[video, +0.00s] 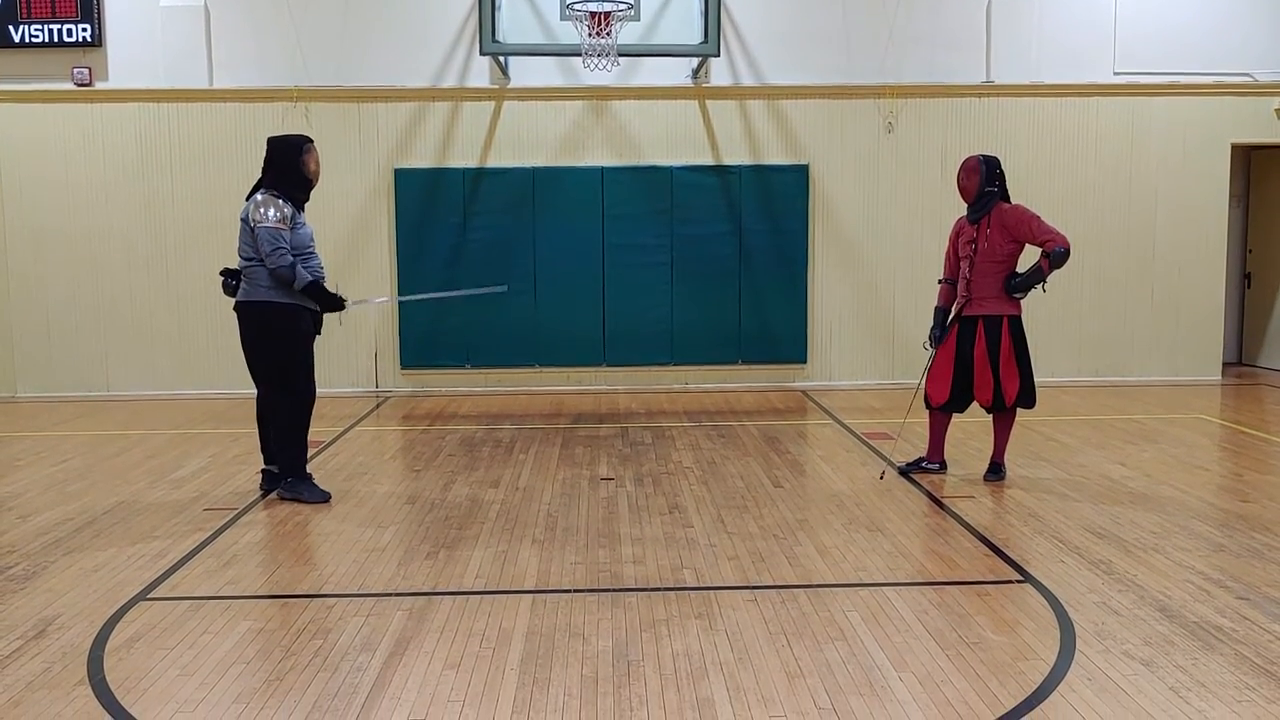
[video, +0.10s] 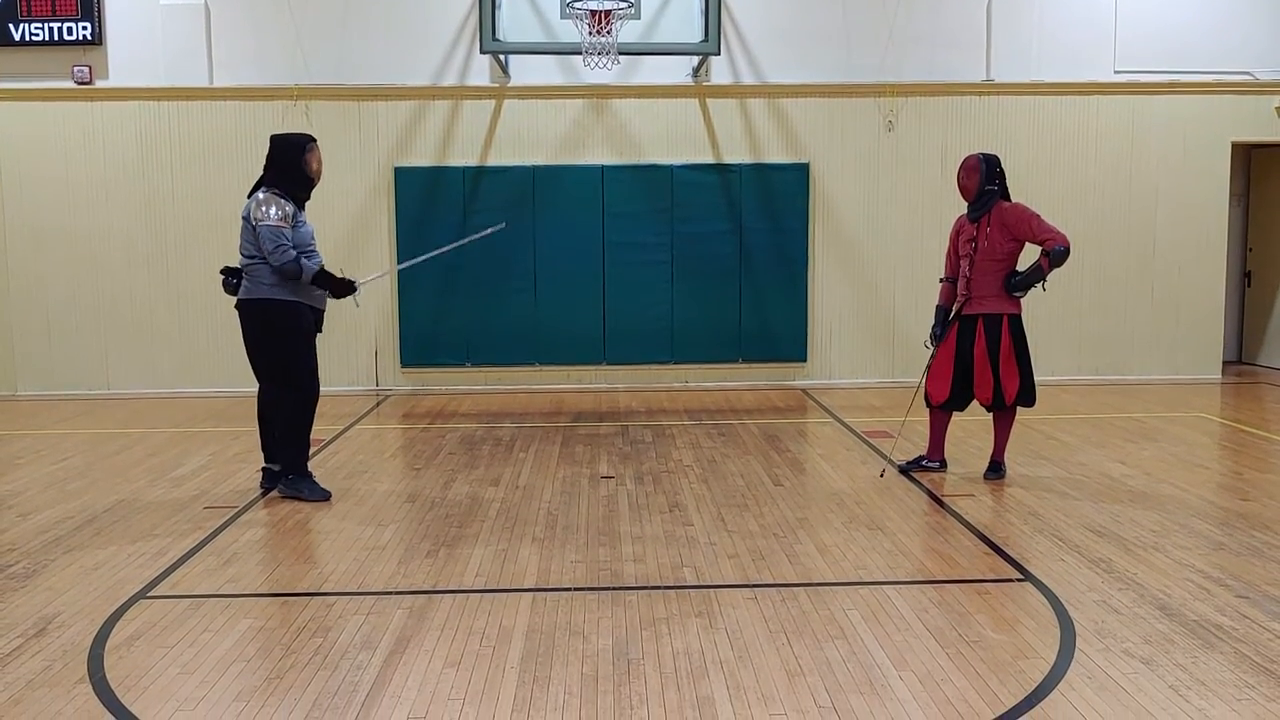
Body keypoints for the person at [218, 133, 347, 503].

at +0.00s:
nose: (318, 168)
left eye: (317, 160)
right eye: (313, 160)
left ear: (290, 162)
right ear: (294, 161)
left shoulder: (282, 202)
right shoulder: (268, 202)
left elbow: (292, 260)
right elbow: (279, 263)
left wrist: (318, 291)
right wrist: (318, 292)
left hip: (280, 309)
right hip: (271, 310)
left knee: (278, 391)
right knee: (293, 392)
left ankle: (276, 471)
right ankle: (292, 477)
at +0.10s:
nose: (320, 166)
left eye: (319, 158)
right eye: (315, 157)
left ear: (294, 161)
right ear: (296, 160)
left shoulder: (285, 202)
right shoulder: (270, 201)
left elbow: (287, 261)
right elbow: (283, 259)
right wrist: (330, 281)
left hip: (281, 308)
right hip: (273, 308)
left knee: (278, 387)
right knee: (301, 388)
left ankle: (276, 469)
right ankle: (294, 475)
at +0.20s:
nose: (321, 169)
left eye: (322, 161)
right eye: (317, 160)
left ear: (295, 162)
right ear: (297, 160)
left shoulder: (287, 202)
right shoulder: (273, 199)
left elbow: (289, 258)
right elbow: (289, 253)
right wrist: (336, 267)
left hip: (279, 304)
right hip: (278, 304)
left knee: (280, 382)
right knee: (309, 379)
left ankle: (276, 466)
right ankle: (298, 470)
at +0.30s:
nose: (323, 166)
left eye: (322, 158)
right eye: (317, 158)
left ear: (293, 160)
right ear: (297, 159)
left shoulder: (284, 199)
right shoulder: (276, 197)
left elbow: (279, 256)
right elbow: (299, 248)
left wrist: (248, 273)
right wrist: (348, 255)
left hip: (275, 301)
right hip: (281, 302)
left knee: (280, 378)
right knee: (313, 375)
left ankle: (276, 464)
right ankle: (308, 467)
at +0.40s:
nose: (323, 162)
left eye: (323, 155)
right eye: (318, 154)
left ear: (293, 156)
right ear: (299, 156)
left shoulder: (277, 195)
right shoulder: (279, 197)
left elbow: (285, 256)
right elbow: (311, 244)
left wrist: (251, 273)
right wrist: (359, 244)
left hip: (276, 301)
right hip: (285, 303)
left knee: (280, 380)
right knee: (310, 383)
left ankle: (276, 462)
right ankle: (327, 467)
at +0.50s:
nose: (324, 161)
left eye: (323, 153)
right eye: (320, 154)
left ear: (294, 157)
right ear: (301, 156)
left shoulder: (282, 194)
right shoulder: (281, 197)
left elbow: (286, 253)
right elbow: (317, 237)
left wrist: (256, 272)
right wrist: (365, 232)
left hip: (282, 301)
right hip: (287, 303)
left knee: (282, 379)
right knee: (309, 385)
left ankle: (276, 461)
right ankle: (334, 466)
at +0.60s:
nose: (327, 160)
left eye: (326, 152)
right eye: (322, 153)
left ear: (294, 156)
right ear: (303, 155)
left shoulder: (283, 192)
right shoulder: (286, 195)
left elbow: (280, 246)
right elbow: (322, 233)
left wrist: (259, 268)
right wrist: (368, 220)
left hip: (286, 299)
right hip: (296, 302)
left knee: (287, 378)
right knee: (316, 382)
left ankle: (277, 460)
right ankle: (335, 466)